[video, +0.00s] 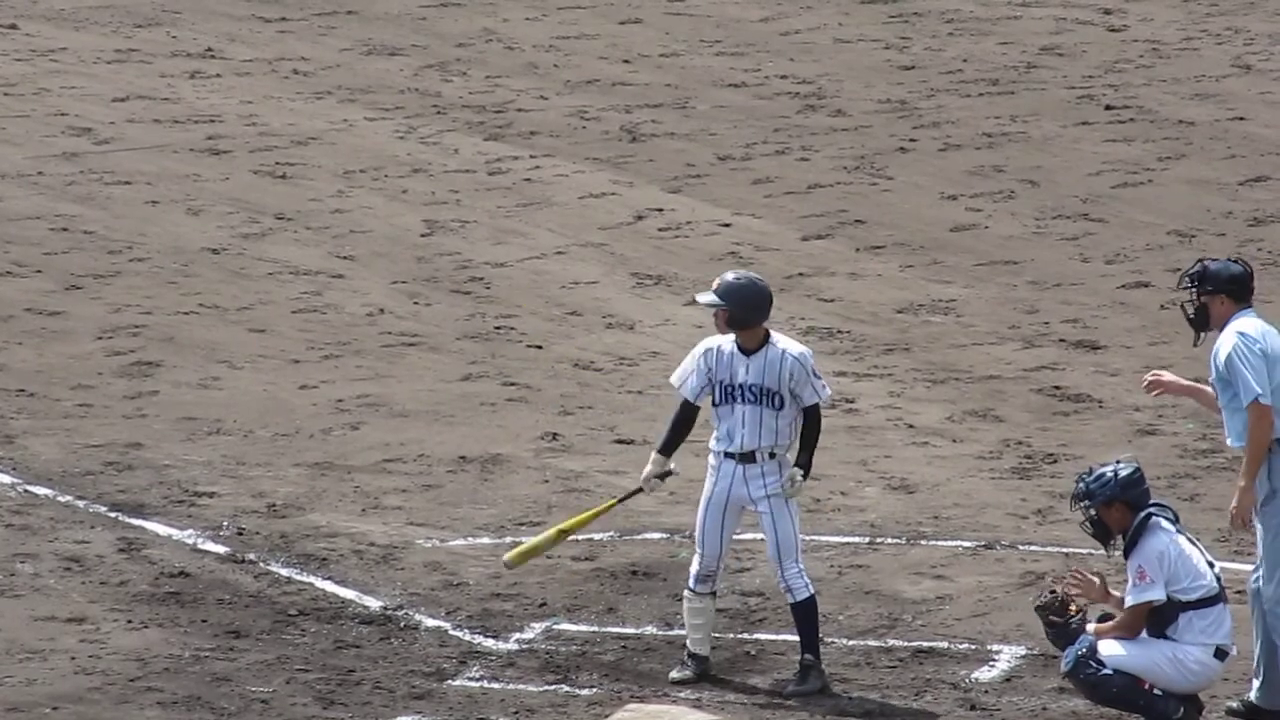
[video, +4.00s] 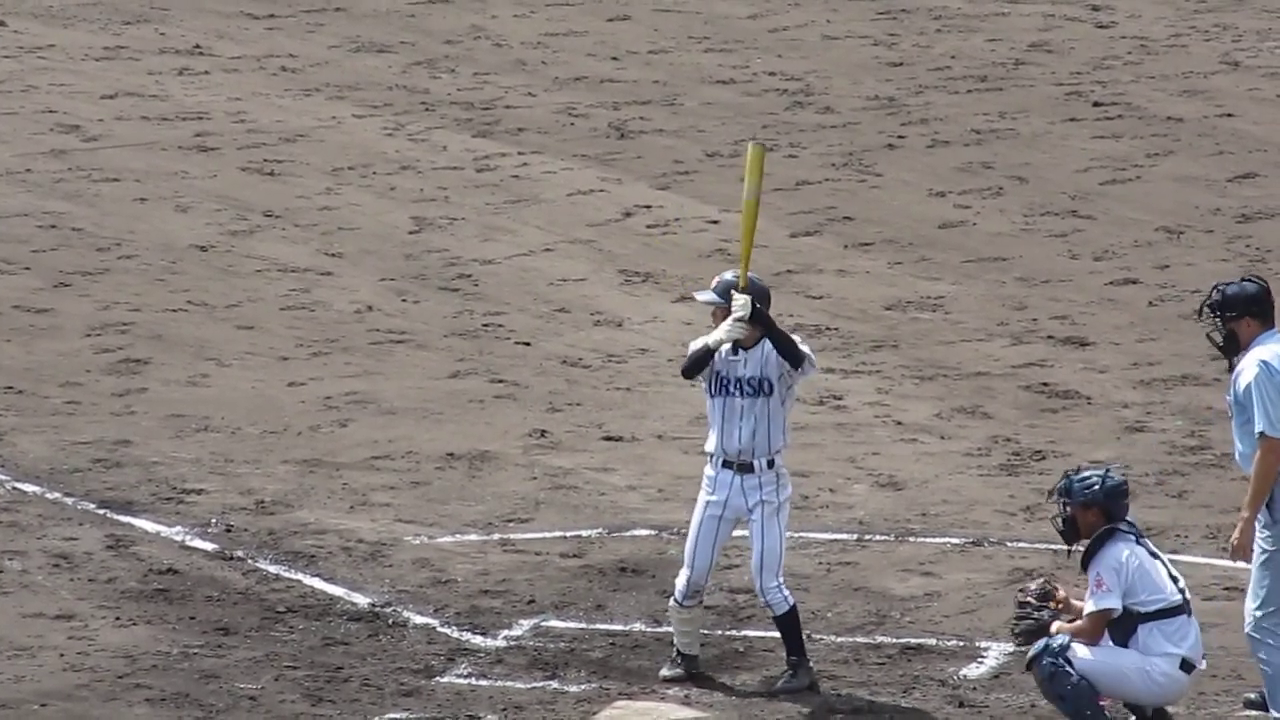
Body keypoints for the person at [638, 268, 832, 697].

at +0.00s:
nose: (712, 314)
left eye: (719, 309)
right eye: (714, 307)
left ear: (742, 315)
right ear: (741, 315)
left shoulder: (793, 359)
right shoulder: (711, 354)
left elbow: (811, 413)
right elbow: (687, 409)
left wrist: (802, 465)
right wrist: (660, 456)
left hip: (772, 472)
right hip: (722, 471)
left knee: (790, 570)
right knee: (704, 564)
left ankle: (811, 665)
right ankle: (696, 658)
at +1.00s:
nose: (740, 296)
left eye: (748, 289)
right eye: (734, 289)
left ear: (765, 297)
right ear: (724, 296)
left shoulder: (784, 343)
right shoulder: (707, 346)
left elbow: (786, 388)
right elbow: (697, 393)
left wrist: (743, 375)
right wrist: (714, 391)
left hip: (762, 470)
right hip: (716, 469)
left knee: (789, 569)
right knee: (702, 567)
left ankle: (811, 665)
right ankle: (696, 658)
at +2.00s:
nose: (704, 302)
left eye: (711, 297)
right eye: (706, 295)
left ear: (729, 303)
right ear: (733, 303)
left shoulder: (771, 345)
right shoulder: (702, 346)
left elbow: (743, 388)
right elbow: (676, 397)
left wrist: (685, 370)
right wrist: (668, 389)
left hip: (757, 471)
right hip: (714, 468)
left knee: (773, 576)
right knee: (697, 566)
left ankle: (803, 667)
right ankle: (688, 657)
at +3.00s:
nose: (732, 314)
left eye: (739, 309)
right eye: (734, 307)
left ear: (760, 315)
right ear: (758, 313)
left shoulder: (809, 350)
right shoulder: (728, 354)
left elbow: (790, 384)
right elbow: (720, 414)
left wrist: (742, 355)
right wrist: (726, 388)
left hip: (781, 476)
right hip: (734, 472)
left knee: (780, 577)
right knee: (698, 568)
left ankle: (801, 665)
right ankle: (685, 649)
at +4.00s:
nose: (714, 314)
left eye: (720, 309)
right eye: (714, 309)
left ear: (741, 311)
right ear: (719, 311)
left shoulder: (782, 352)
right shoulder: (711, 349)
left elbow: (803, 364)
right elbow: (688, 369)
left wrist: (761, 319)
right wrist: (720, 336)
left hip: (765, 480)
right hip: (718, 477)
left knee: (768, 583)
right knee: (691, 578)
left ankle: (800, 667)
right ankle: (686, 658)